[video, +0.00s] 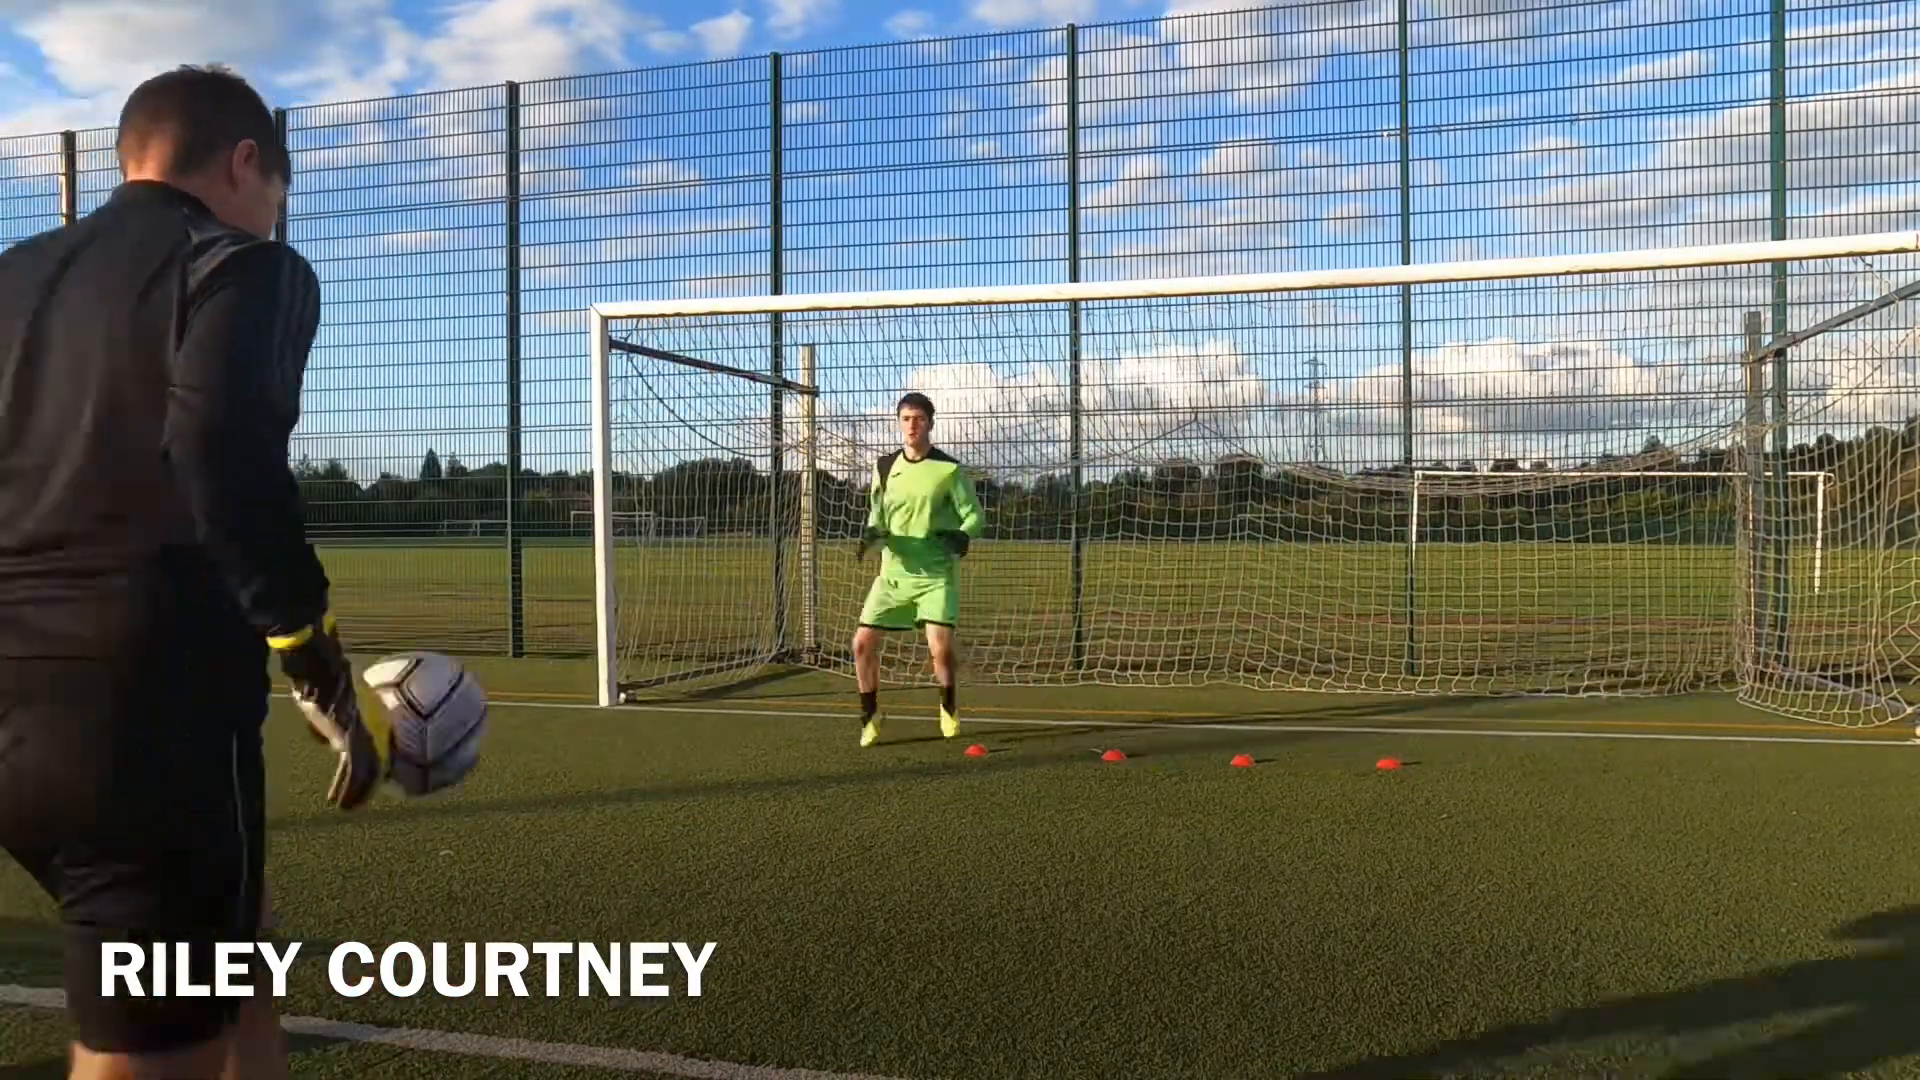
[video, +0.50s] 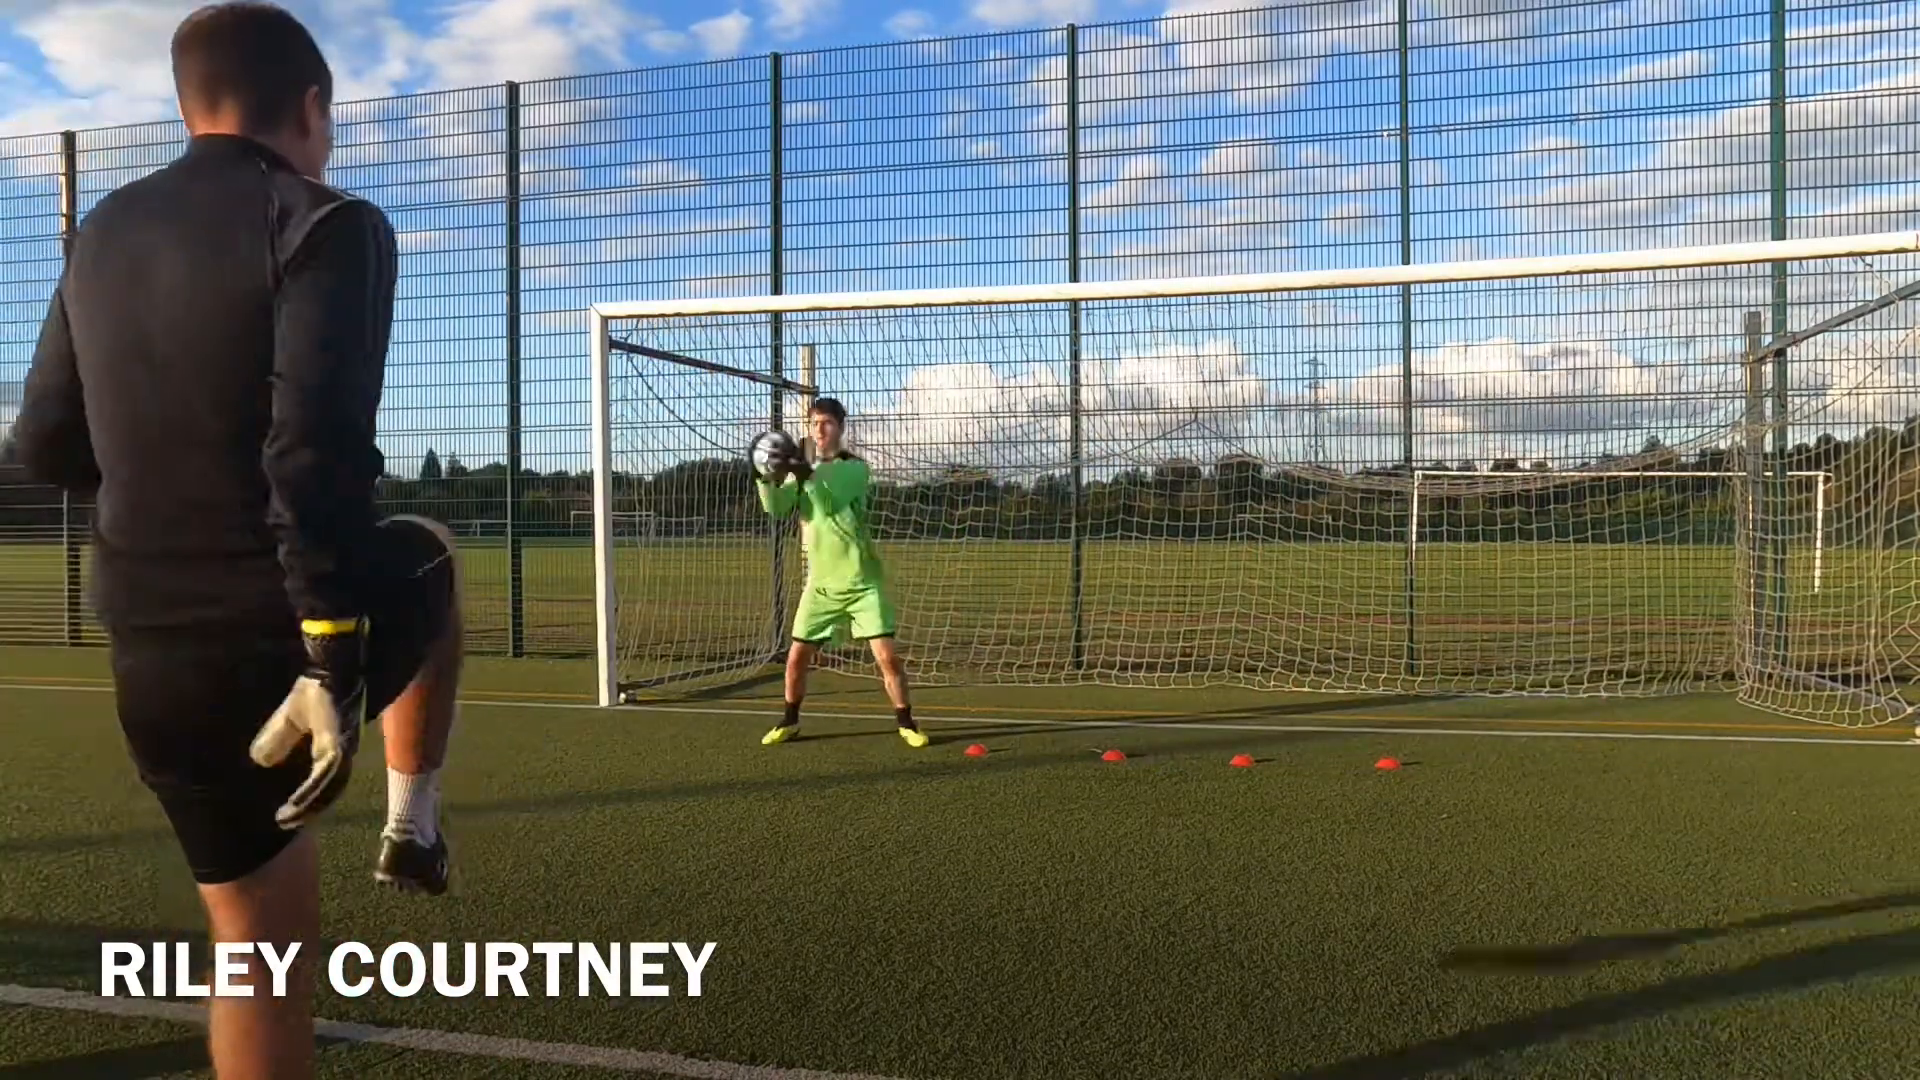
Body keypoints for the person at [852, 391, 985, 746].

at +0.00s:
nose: (912, 426)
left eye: (918, 419)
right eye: (906, 419)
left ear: (930, 423)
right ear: (898, 424)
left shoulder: (950, 470)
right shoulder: (885, 467)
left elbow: (974, 514)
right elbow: (876, 512)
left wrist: (963, 535)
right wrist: (871, 534)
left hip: (936, 575)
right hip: (893, 574)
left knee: (941, 648)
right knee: (863, 642)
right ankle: (870, 717)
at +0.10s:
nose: (892, 429)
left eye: (898, 422)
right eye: (886, 422)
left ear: (910, 427)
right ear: (878, 427)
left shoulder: (931, 472)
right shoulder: (862, 470)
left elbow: (955, 520)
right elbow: (860, 517)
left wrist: (937, 535)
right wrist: (848, 531)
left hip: (913, 579)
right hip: (869, 575)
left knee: (913, 659)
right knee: (835, 643)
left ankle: (906, 718)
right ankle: (819, 711)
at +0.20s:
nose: (873, 441)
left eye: (879, 435)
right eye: (867, 434)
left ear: (890, 439)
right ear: (859, 440)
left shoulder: (909, 486)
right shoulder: (843, 481)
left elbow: (922, 540)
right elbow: (835, 529)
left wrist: (921, 539)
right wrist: (824, 537)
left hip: (890, 590)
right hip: (846, 588)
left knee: (901, 663)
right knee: (812, 658)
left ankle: (906, 724)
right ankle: (790, 720)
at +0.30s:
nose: (858, 443)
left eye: (864, 437)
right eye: (852, 437)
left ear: (875, 442)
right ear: (843, 441)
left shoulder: (890, 488)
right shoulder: (824, 484)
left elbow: (900, 544)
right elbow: (809, 535)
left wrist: (893, 533)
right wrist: (803, 526)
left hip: (874, 593)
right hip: (829, 594)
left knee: (892, 662)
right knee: (801, 662)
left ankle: (904, 723)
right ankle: (789, 722)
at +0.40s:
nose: (843, 436)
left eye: (850, 429)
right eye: (837, 429)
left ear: (862, 434)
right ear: (830, 435)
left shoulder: (875, 478)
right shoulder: (815, 478)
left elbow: (868, 521)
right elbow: (786, 523)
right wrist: (777, 495)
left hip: (866, 587)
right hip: (822, 588)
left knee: (890, 659)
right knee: (796, 658)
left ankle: (904, 723)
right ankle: (789, 721)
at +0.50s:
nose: (820, 430)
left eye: (827, 423)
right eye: (815, 424)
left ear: (842, 428)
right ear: (809, 430)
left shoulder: (858, 470)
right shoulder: (801, 474)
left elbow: (832, 501)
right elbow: (776, 508)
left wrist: (803, 474)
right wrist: (766, 474)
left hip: (863, 581)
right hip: (820, 584)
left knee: (886, 654)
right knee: (796, 655)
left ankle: (906, 722)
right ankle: (790, 720)